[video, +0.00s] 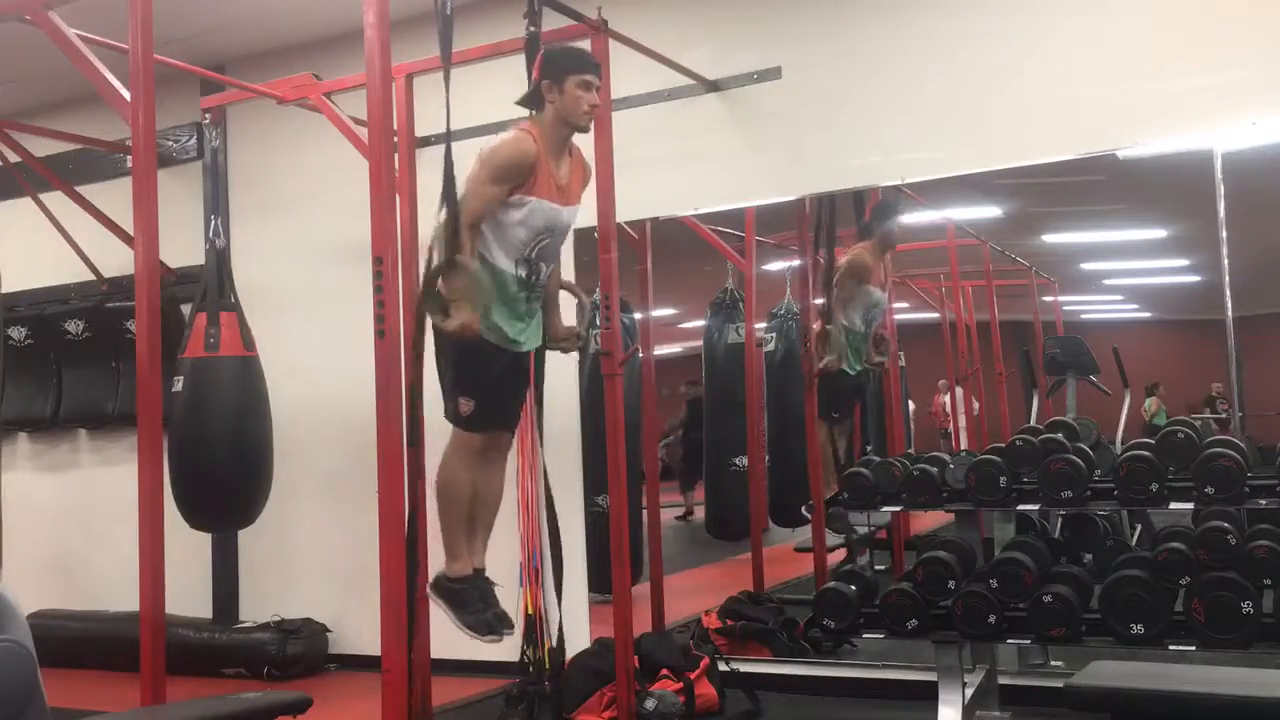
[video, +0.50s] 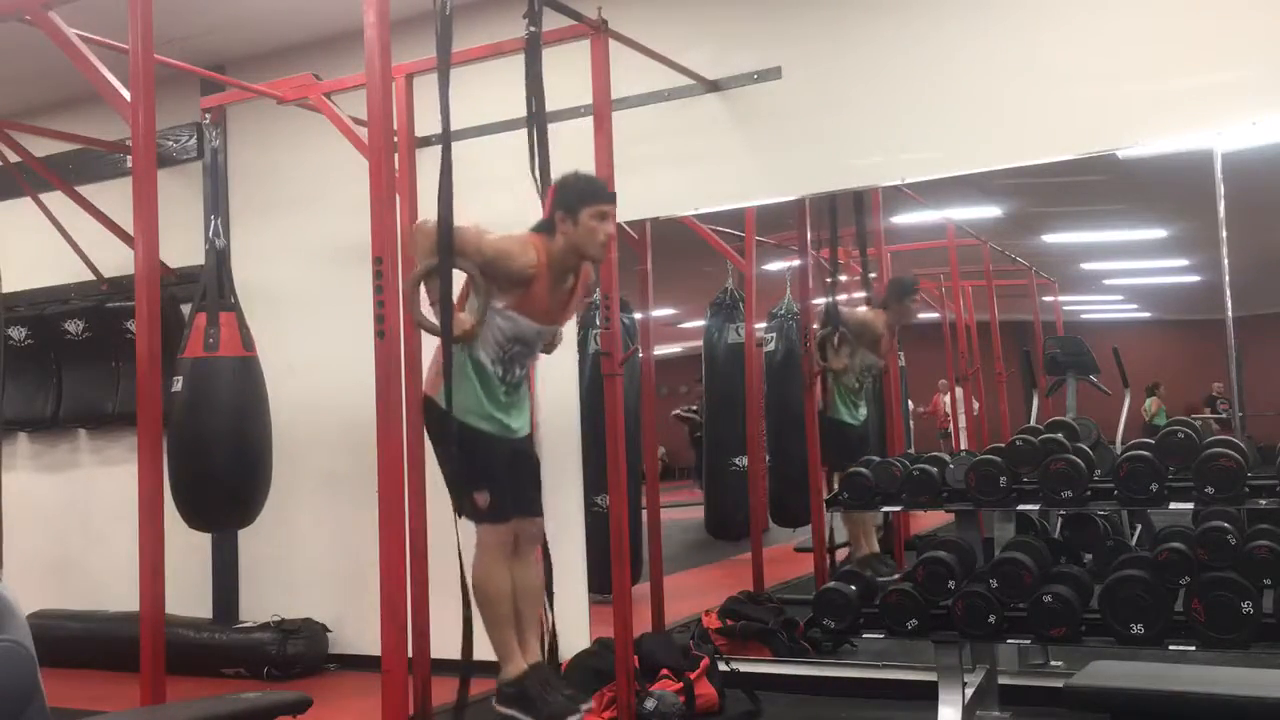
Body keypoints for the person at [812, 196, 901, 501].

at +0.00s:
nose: (899, 233)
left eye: (900, 225)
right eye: (894, 225)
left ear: (888, 228)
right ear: (879, 226)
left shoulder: (884, 261)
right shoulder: (858, 261)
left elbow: (872, 313)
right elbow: (838, 311)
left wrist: (872, 350)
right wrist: (836, 353)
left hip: (862, 358)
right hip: (842, 358)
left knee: (850, 425)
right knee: (833, 425)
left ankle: (847, 487)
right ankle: (831, 491)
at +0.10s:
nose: (901, 246)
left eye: (901, 240)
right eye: (897, 239)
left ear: (887, 241)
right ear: (882, 241)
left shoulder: (878, 272)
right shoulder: (860, 270)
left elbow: (865, 317)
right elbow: (832, 312)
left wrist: (874, 347)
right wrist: (836, 355)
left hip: (856, 363)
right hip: (839, 363)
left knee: (849, 430)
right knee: (841, 431)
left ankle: (846, 491)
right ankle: (844, 491)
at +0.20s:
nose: (907, 262)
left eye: (907, 255)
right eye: (904, 254)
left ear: (890, 255)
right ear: (890, 254)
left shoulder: (878, 287)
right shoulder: (861, 282)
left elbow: (861, 329)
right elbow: (824, 316)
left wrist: (869, 357)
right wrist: (826, 360)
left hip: (857, 375)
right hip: (842, 377)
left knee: (847, 449)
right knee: (843, 449)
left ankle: (846, 519)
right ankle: (843, 521)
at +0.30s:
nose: (909, 276)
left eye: (909, 270)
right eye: (905, 269)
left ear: (894, 271)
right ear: (888, 269)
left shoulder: (881, 299)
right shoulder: (866, 295)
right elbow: (823, 314)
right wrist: (829, 357)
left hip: (858, 379)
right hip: (841, 380)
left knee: (856, 455)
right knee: (847, 455)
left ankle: (856, 530)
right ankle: (844, 534)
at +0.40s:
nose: (911, 294)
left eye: (913, 288)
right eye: (908, 287)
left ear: (897, 287)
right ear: (891, 285)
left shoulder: (882, 316)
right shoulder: (868, 310)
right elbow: (822, 324)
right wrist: (830, 364)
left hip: (858, 398)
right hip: (839, 399)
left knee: (861, 471)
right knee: (848, 472)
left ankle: (864, 543)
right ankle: (853, 546)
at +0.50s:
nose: (916, 309)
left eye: (916, 303)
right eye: (913, 302)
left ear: (899, 302)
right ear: (896, 302)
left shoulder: (885, 329)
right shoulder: (870, 321)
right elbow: (827, 319)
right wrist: (831, 362)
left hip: (859, 409)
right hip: (839, 411)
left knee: (865, 480)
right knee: (852, 481)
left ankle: (871, 551)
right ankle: (859, 553)